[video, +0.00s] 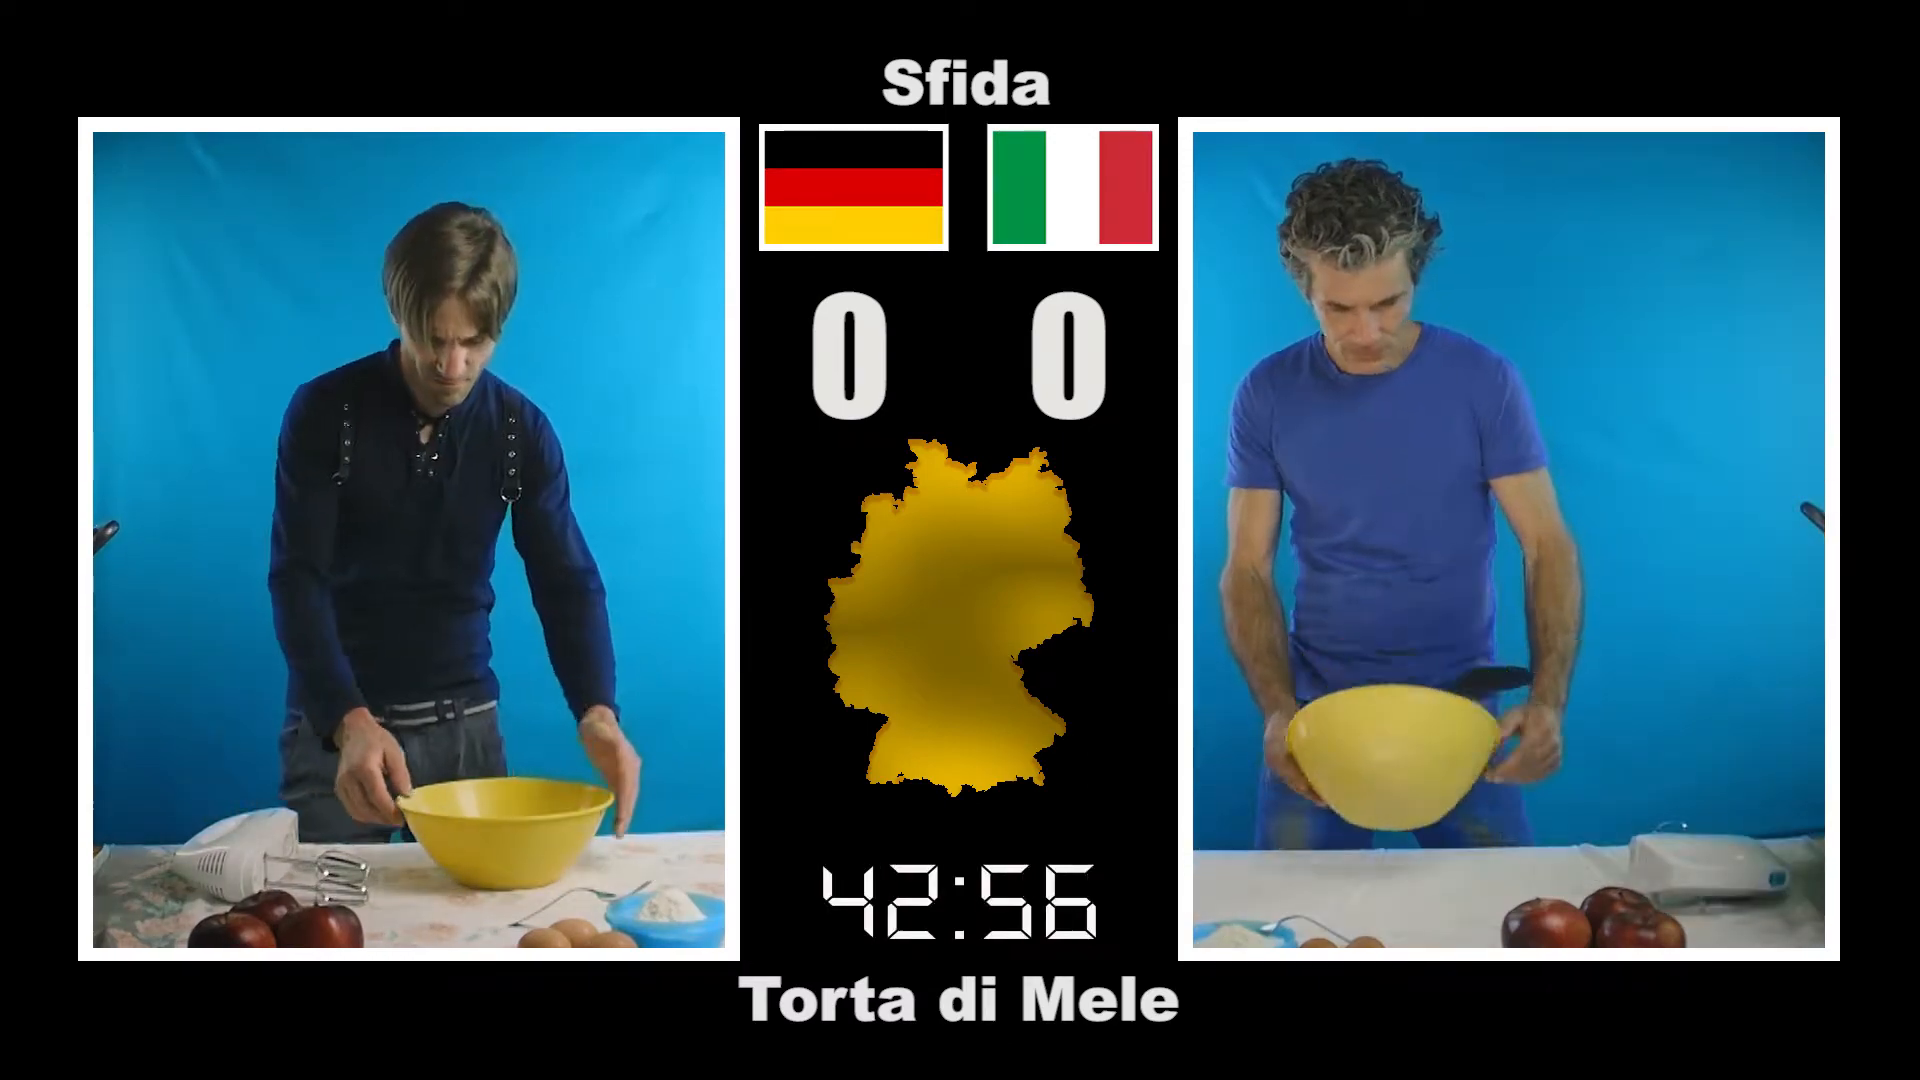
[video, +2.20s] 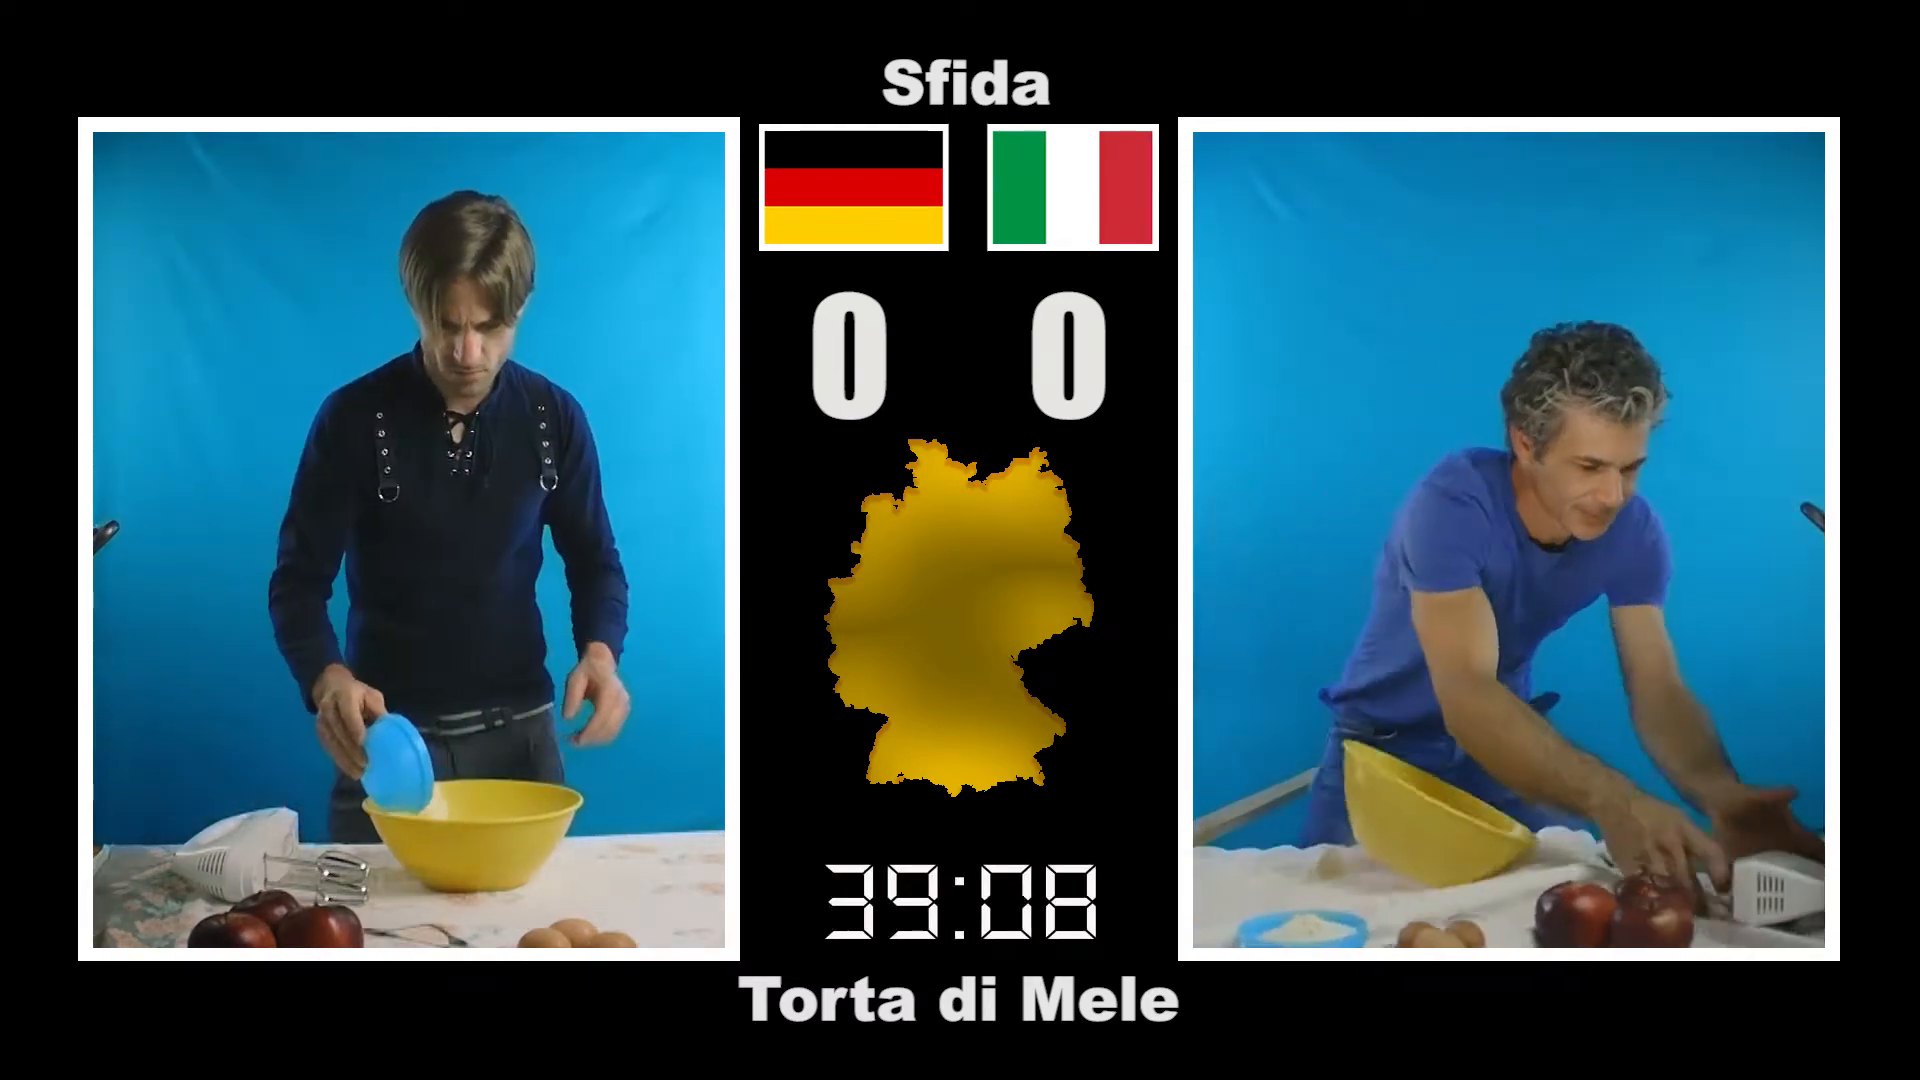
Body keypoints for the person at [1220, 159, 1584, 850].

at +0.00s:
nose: (1366, 331)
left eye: (1387, 303)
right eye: (1341, 308)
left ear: (1414, 278)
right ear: (1305, 286)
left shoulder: (1480, 382)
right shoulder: (1270, 394)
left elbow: (1549, 546)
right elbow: (1247, 570)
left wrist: (1548, 700)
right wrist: (1279, 711)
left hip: (1459, 698)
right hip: (1320, 700)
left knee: (1497, 924)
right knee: (1298, 928)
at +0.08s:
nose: (1439, 352)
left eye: (1459, 326)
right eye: (1413, 330)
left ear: (1476, 301)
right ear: (1363, 302)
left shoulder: (1516, 398)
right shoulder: (1307, 390)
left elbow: (1555, 563)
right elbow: (1312, 577)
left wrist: (1559, 692)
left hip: (1470, 726)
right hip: (1335, 719)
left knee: (1502, 940)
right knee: (1320, 940)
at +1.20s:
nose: (1417, 359)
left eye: (1434, 335)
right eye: (1396, 334)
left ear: (1447, 326)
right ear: (1338, 322)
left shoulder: (1464, 433)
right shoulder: (1262, 433)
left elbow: (1513, 574)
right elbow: (1238, 610)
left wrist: (1553, 701)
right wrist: (1329, 703)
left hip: (1433, 739)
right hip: (1297, 741)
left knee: (1496, 925)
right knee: (1265, 937)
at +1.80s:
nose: (1420, 460)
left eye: (1432, 433)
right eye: (1396, 438)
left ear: (1442, 411)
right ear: (1328, 421)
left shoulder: (1463, 493)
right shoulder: (1260, 495)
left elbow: (1561, 631)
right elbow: (1266, 684)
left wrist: (1651, 749)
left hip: (1419, 762)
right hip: (1294, 759)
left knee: (1436, 932)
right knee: (1254, 926)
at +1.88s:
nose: (1440, 467)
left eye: (1455, 440)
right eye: (1417, 445)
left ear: (1465, 420)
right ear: (1351, 430)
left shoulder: (1479, 493)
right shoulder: (1293, 497)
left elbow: (1571, 643)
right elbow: (1345, 684)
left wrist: (1640, 769)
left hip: (1433, 760)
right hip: (1309, 757)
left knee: (1456, 932)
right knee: (1272, 930)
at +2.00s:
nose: (1509, 479)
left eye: (1522, 452)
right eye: (1486, 454)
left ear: (1533, 439)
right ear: (1418, 445)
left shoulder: (1529, 507)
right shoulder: (1361, 524)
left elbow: (1578, 656)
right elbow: (1458, 667)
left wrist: (1624, 778)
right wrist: (1614, 763)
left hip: (1450, 761)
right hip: (1333, 769)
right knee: (1313, 937)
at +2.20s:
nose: (1612, 496)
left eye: (1630, 469)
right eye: (1589, 469)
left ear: (1644, 450)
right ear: (1524, 446)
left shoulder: (1630, 533)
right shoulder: (1449, 508)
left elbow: (1658, 690)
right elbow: (1467, 693)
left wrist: (1723, 794)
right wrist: (1616, 803)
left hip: (1500, 743)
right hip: (1383, 750)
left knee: (1524, 919)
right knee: (1361, 925)